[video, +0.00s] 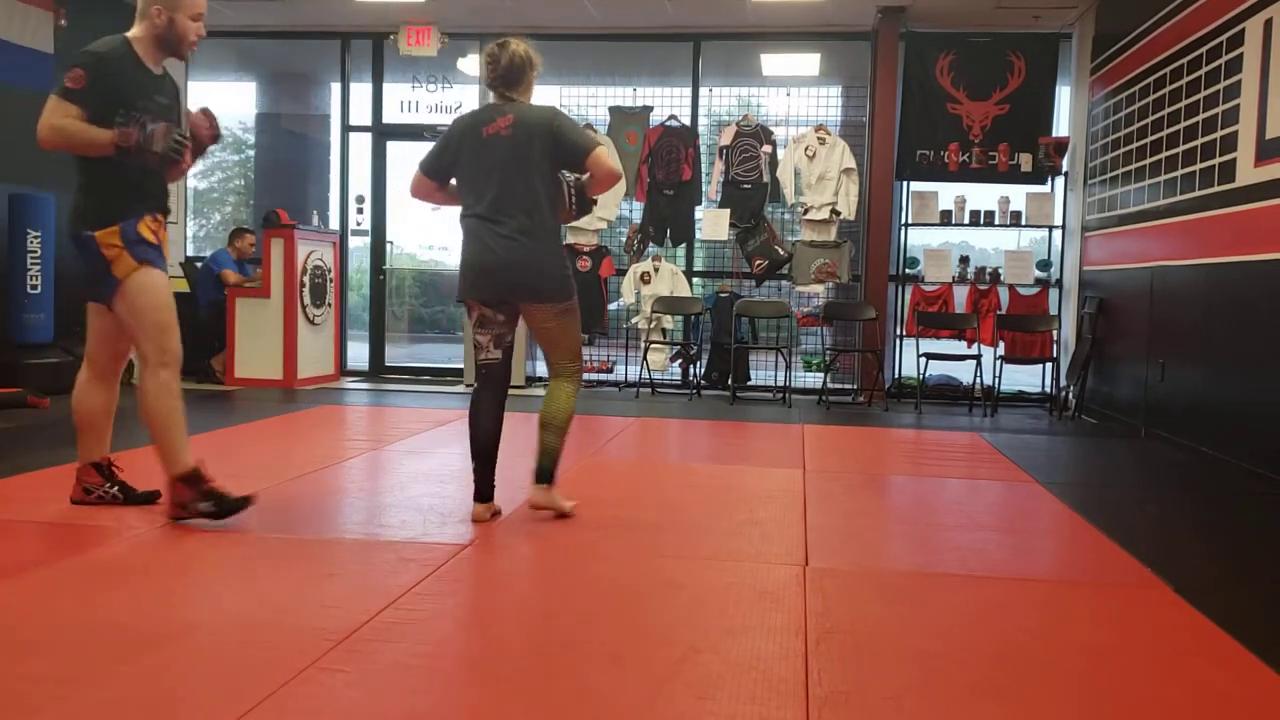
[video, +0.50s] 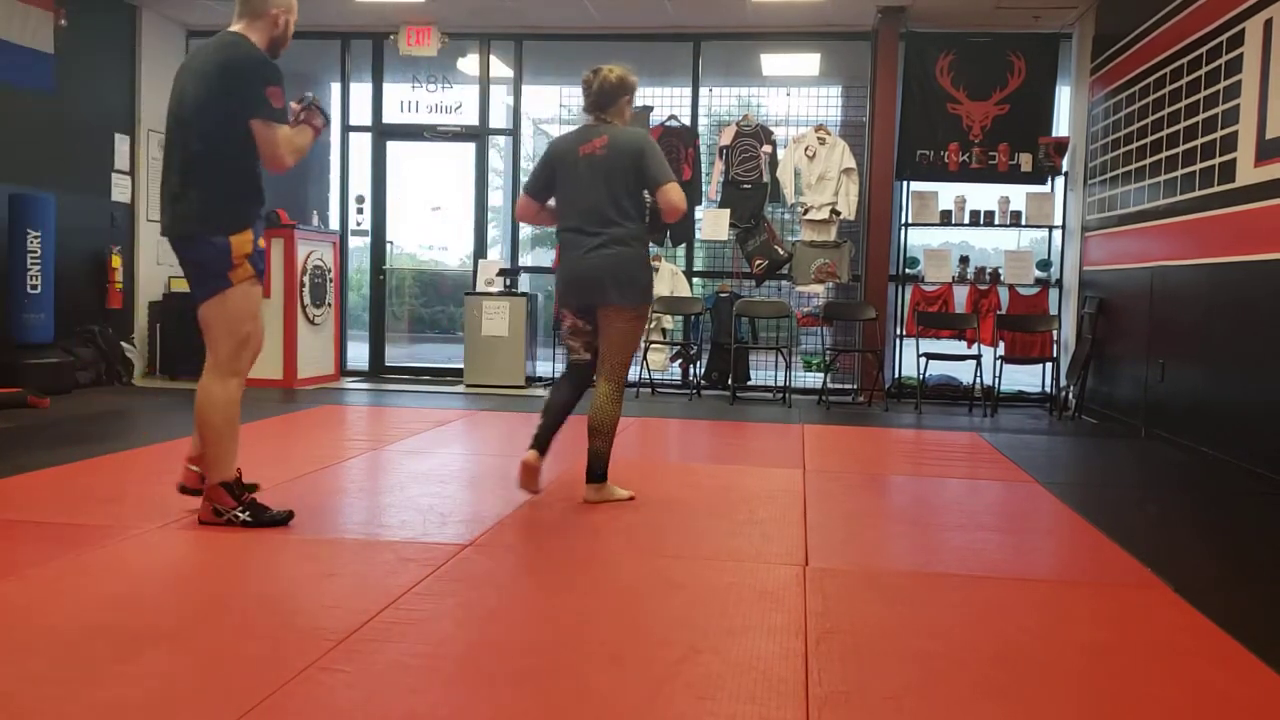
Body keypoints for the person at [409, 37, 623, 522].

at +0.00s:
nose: (534, 83)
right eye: (533, 76)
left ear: (487, 79)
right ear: (531, 79)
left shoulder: (464, 127)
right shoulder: (549, 120)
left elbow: (423, 187)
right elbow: (609, 170)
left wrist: (474, 196)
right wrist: (575, 200)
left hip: (481, 268)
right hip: (541, 268)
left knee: (489, 378)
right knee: (564, 371)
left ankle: (483, 500)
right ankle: (543, 486)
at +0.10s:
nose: (549, 92)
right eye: (549, 85)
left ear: (506, 86)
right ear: (546, 87)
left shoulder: (480, 134)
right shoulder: (564, 129)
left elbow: (439, 191)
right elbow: (616, 181)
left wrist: (489, 202)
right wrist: (585, 208)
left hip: (495, 269)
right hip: (554, 271)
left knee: (495, 379)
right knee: (572, 380)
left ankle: (482, 499)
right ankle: (587, 482)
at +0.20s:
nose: (569, 101)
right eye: (569, 95)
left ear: (525, 96)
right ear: (566, 97)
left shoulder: (500, 142)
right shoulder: (583, 137)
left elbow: (461, 201)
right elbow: (628, 192)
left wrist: (508, 209)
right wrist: (601, 217)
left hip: (512, 273)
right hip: (570, 276)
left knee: (506, 379)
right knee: (582, 383)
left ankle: (483, 497)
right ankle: (595, 480)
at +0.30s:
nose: (593, 106)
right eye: (592, 100)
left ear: (548, 102)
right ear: (587, 102)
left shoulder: (523, 146)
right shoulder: (602, 143)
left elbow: (485, 208)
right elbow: (646, 202)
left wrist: (529, 213)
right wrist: (620, 222)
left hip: (533, 276)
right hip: (591, 278)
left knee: (521, 378)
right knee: (596, 383)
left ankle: (487, 486)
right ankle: (595, 483)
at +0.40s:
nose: (617, 107)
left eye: (615, 100)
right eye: (616, 101)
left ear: (570, 102)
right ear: (607, 103)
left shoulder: (542, 145)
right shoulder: (623, 142)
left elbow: (506, 208)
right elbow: (661, 204)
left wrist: (550, 212)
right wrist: (639, 215)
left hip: (556, 273)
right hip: (612, 273)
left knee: (547, 374)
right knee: (607, 379)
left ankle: (503, 459)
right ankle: (596, 483)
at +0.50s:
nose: (634, 110)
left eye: (633, 103)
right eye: (633, 103)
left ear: (588, 103)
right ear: (624, 104)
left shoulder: (562, 145)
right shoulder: (638, 141)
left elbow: (526, 209)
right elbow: (675, 205)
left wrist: (569, 216)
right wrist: (653, 211)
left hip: (574, 269)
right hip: (625, 269)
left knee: (578, 368)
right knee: (611, 379)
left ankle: (536, 451)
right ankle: (597, 483)